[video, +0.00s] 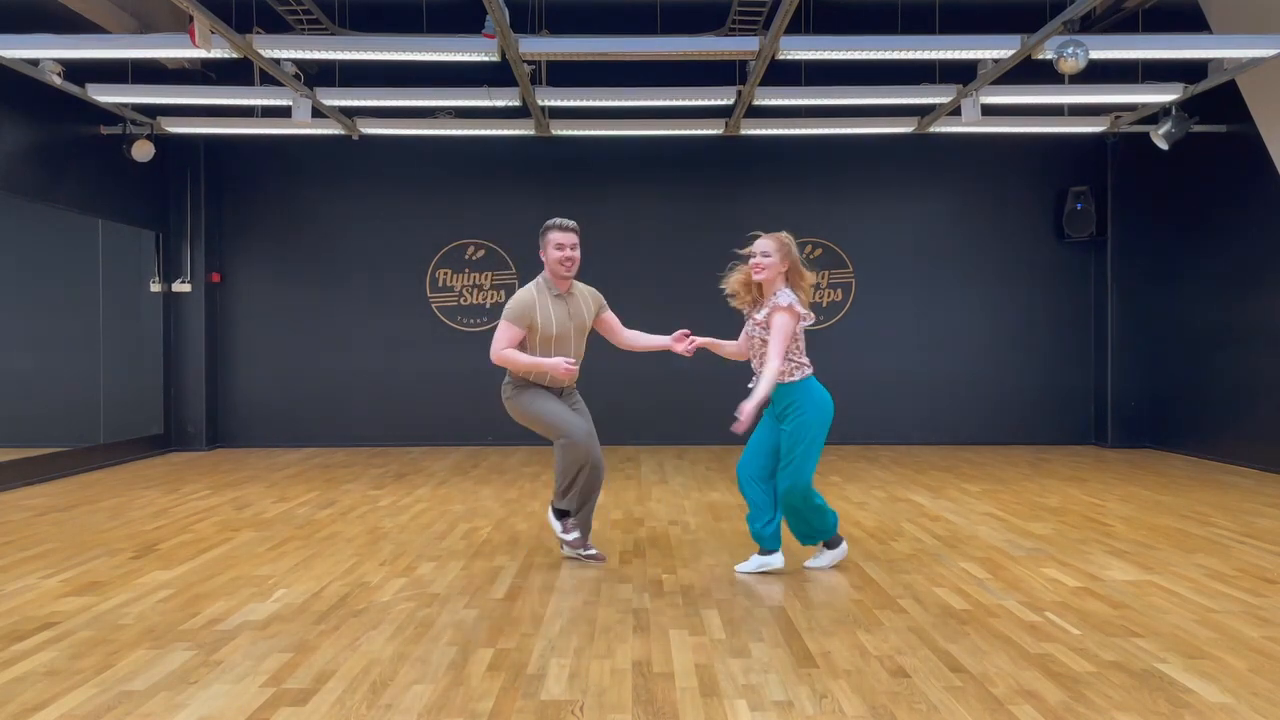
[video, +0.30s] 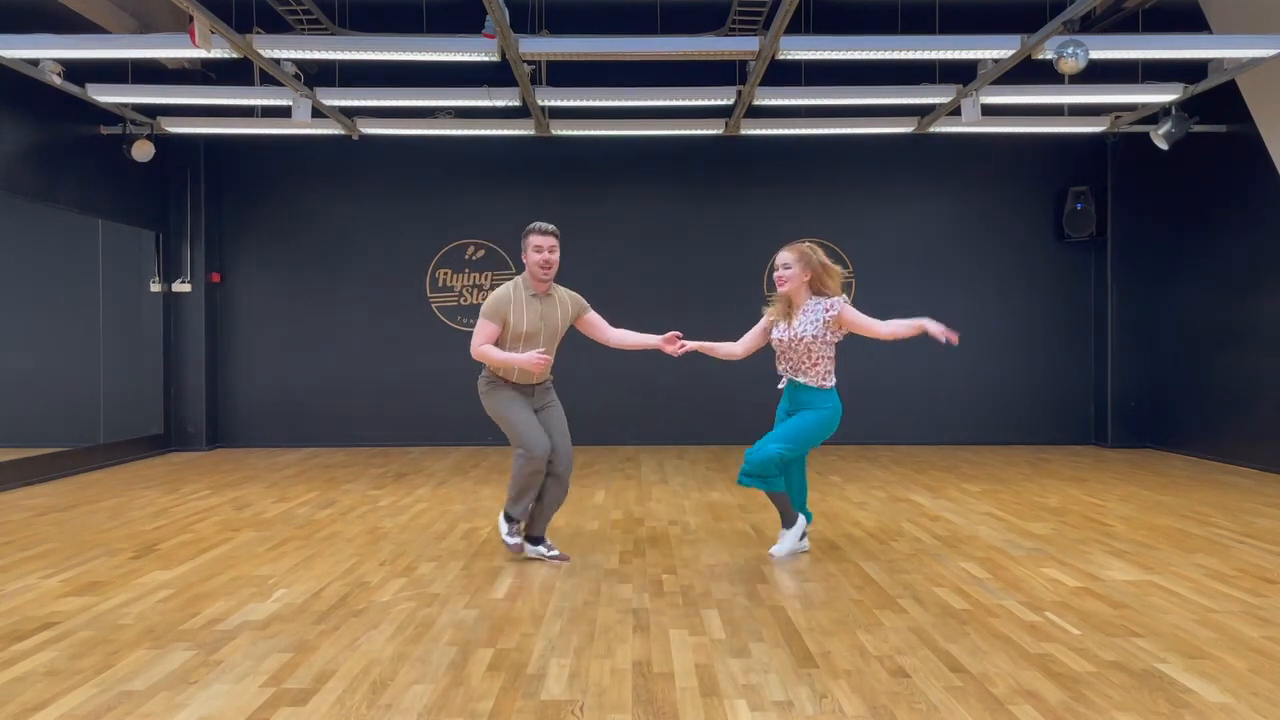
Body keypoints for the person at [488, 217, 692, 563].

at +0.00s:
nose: (568, 254)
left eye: (573, 247)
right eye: (559, 248)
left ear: (580, 253)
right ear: (543, 254)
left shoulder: (589, 298)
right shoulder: (526, 300)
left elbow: (623, 336)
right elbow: (499, 353)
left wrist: (669, 341)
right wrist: (546, 364)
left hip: (568, 392)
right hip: (526, 389)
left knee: (594, 463)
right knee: (576, 433)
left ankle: (575, 538)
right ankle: (562, 510)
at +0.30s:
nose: (546, 258)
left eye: (552, 250)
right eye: (538, 251)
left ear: (559, 255)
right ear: (523, 255)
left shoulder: (569, 301)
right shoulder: (503, 298)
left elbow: (610, 335)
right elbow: (478, 348)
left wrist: (658, 341)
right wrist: (519, 360)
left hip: (542, 391)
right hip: (501, 388)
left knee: (562, 461)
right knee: (537, 449)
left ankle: (534, 538)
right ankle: (513, 516)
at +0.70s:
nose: (573, 255)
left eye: (577, 248)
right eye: (565, 248)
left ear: (580, 253)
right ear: (546, 252)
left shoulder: (574, 297)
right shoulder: (534, 289)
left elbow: (590, 339)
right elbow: (519, 342)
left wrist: (626, 348)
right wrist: (570, 340)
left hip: (542, 384)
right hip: (519, 379)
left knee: (561, 451)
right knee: (540, 457)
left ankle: (525, 519)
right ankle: (480, 525)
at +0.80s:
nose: (593, 251)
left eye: (595, 246)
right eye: (586, 244)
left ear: (594, 250)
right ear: (564, 247)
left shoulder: (579, 290)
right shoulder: (558, 279)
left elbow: (587, 338)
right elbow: (564, 332)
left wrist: (622, 349)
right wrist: (605, 321)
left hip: (545, 374)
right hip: (539, 374)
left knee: (563, 440)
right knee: (593, 438)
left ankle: (540, 507)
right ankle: (541, 500)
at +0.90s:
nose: (611, 259)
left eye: (611, 253)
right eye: (604, 252)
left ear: (587, 257)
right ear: (583, 255)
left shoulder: (576, 286)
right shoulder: (581, 285)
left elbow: (586, 349)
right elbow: (615, 329)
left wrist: (623, 353)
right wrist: (641, 319)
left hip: (551, 382)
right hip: (567, 385)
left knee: (565, 457)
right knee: (630, 436)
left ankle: (542, 526)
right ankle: (622, 510)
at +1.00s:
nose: (623, 256)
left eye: (622, 251)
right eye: (622, 251)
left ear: (590, 254)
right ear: (618, 252)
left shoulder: (579, 290)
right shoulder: (621, 284)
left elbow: (592, 337)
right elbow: (662, 322)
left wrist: (633, 342)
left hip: (576, 379)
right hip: (611, 382)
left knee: (575, 454)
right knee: (649, 450)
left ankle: (548, 519)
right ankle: (641, 520)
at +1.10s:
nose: (600, 259)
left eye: (601, 253)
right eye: (602, 253)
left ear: (607, 255)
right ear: (635, 252)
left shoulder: (592, 290)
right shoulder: (653, 282)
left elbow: (594, 336)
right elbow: (660, 327)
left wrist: (620, 349)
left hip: (608, 372)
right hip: (648, 370)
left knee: (596, 429)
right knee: (663, 432)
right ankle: (675, 496)